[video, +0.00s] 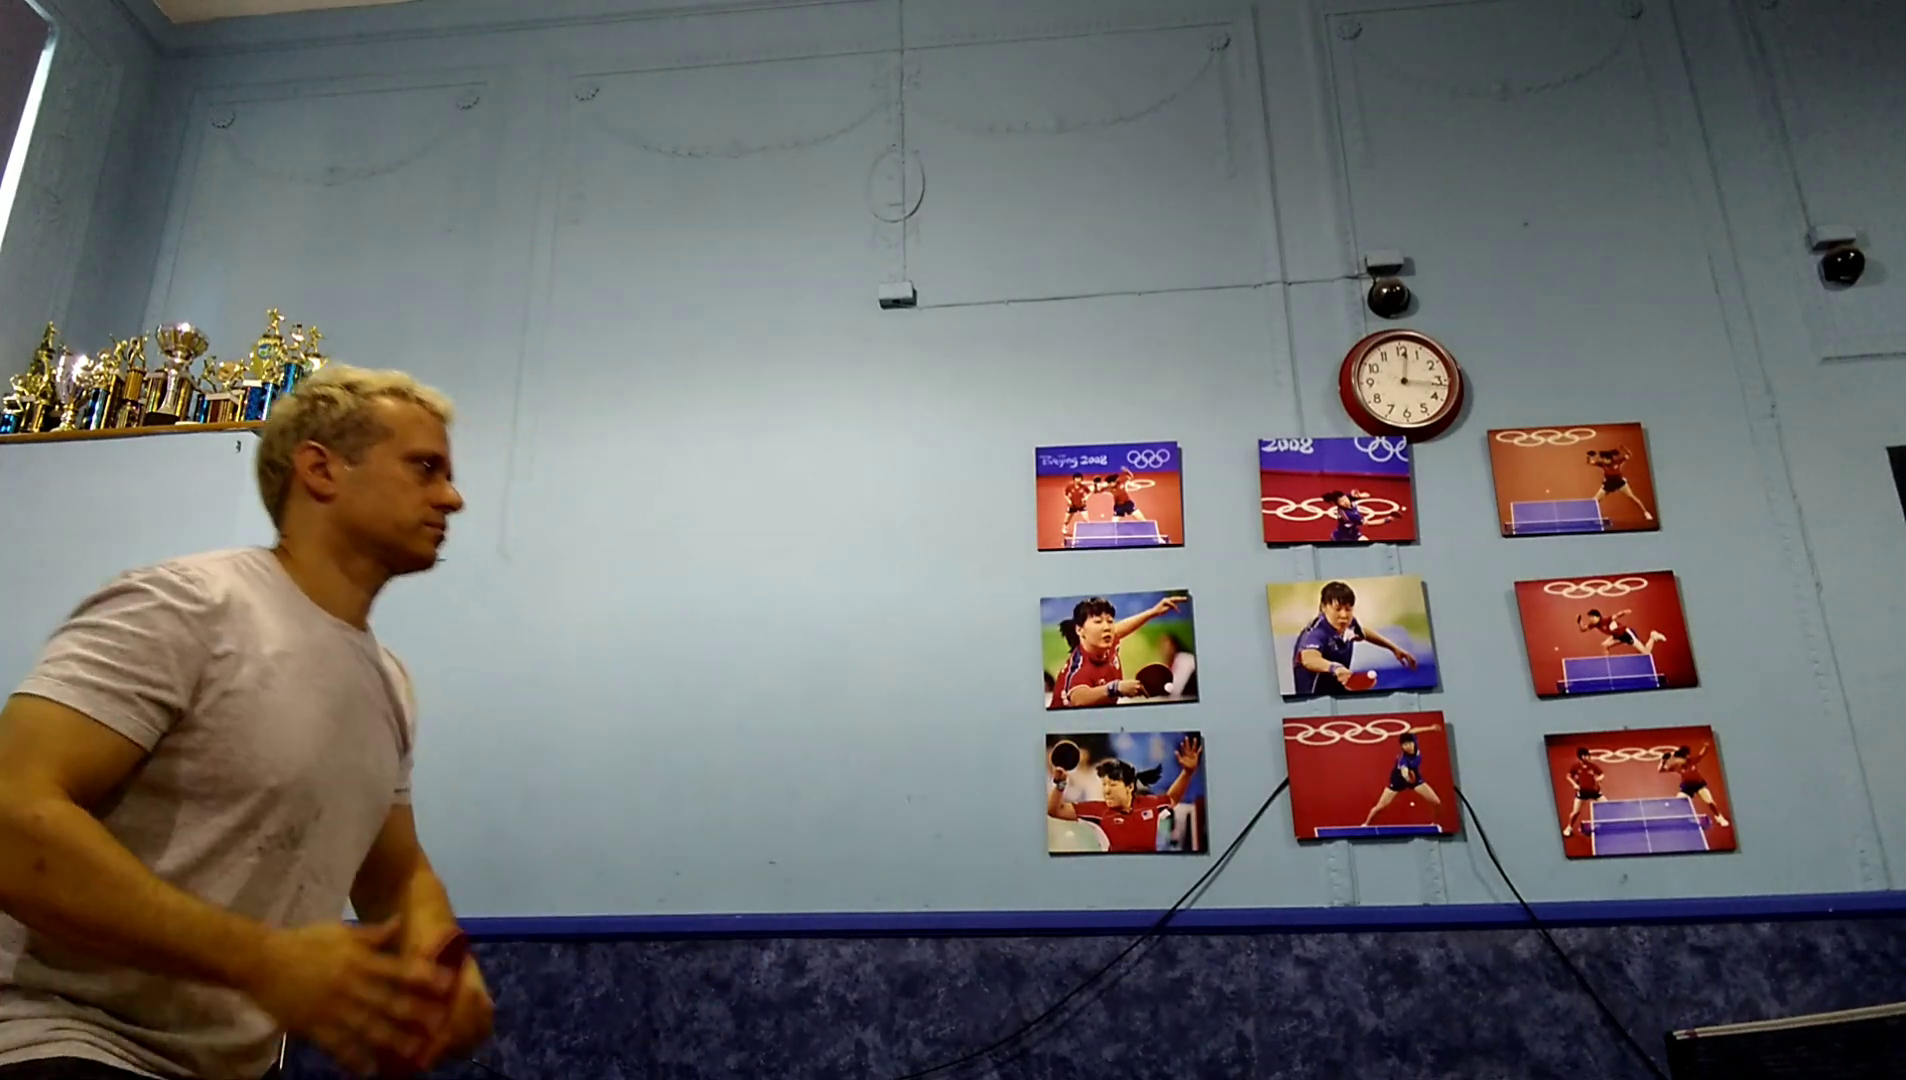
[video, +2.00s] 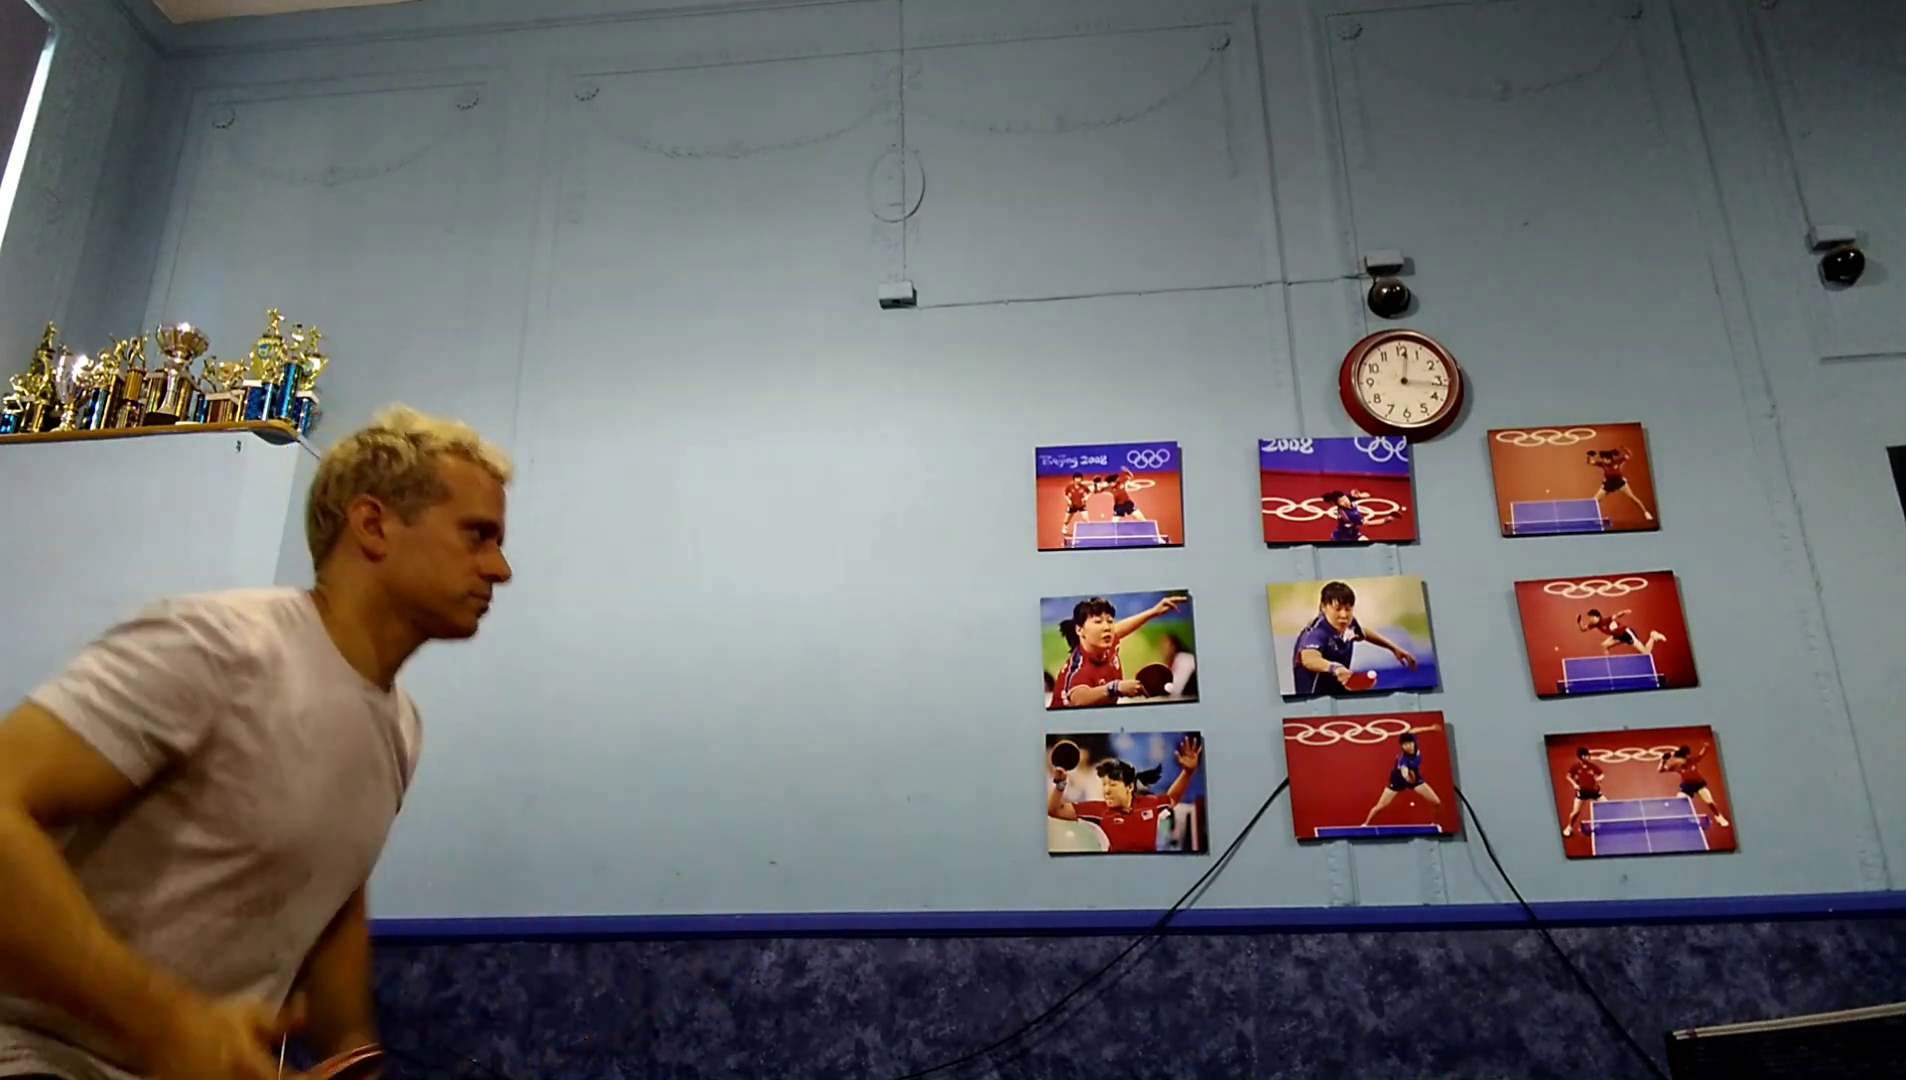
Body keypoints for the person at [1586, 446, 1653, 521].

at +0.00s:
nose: (1605, 461)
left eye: (1606, 460)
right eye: (1603, 460)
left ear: (1610, 459)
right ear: (1603, 459)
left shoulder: (1617, 461)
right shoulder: (1602, 464)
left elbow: (1629, 457)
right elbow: (1590, 463)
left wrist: (1624, 449)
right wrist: (1590, 457)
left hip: (1620, 482)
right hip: (1608, 483)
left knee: (1632, 497)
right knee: (1595, 500)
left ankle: (1645, 512)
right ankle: (1592, 519)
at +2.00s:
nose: (1605, 461)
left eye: (1606, 460)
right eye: (1604, 460)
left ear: (1610, 459)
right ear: (1603, 459)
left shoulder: (1617, 461)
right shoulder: (1602, 464)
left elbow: (1629, 456)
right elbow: (1590, 463)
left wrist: (1624, 449)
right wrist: (1589, 457)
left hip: (1620, 482)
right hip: (1608, 483)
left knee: (1632, 497)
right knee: (1595, 499)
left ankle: (1645, 512)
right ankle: (1591, 519)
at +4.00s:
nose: (1605, 461)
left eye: (1606, 459)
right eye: (1603, 459)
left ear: (1610, 458)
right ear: (1602, 459)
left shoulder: (1618, 462)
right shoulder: (1602, 464)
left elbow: (1629, 456)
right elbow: (1590, 463)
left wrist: (1624, 449)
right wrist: (1589, 457)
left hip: (1620, 482)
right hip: (1608, 483)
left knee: (1632, 497)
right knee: (1595, 499)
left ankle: (1645, 512)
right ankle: (1590, 519)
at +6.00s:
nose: (1605, 461)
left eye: (1606, 459)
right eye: (1603, 460)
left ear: (1610, 458)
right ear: (1603, 459)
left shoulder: (1618, 462)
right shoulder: (1602, 464)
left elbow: (1629, 456)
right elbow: (1590, 463)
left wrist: (1624, 448)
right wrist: (1589, 457)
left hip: (1620, 482)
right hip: (1608, 483)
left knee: (1632, 497)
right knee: (1596, 499)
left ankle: (1645, 512)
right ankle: (1590, 518)